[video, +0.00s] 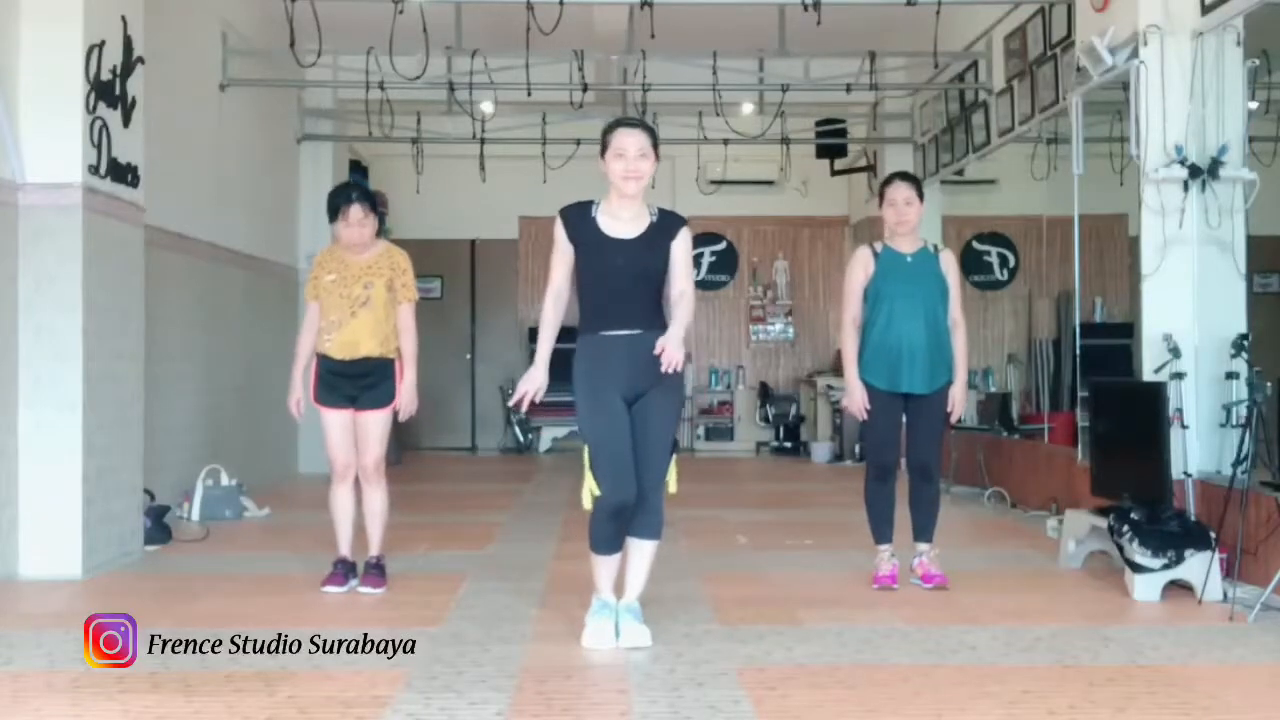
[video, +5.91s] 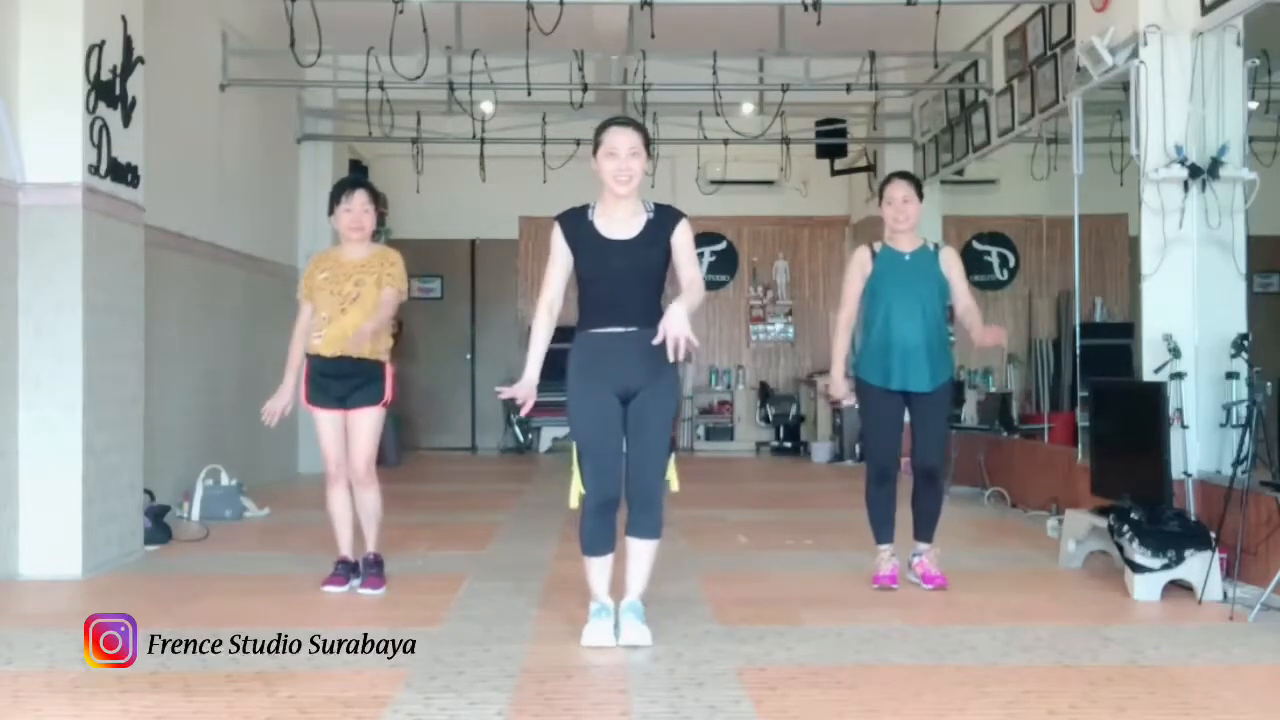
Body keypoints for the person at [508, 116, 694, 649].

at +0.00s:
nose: (631, 164)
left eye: (641, 154)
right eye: (620, 154)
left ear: (655, 163)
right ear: (603, 162)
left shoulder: (672, 227)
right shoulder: (573, 222)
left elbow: (682, 294)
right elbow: (556, 295)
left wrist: (678, 331)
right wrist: (540, 364)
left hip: (658, 365)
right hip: (597, 366)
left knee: (650, 490)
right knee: (617, 491)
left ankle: (630, 606)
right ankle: (603, 603)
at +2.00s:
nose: (636, 154)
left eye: (642, 144)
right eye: (623, 148)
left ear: (657, 154)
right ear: (605, 163)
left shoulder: (679, 226)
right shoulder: (581, 219)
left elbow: (694, 293)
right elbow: (550, 293)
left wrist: (703, 332)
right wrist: (533, 366)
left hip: (657, 364)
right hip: (597, 364)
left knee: (649, 488)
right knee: (606, 489)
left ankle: (633, 605)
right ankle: (601, 606)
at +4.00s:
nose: (631, 161)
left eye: (641, 152)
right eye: (620, 152)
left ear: (656, 162)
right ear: (603, 160)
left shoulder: (671, 227)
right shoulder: (575, 218)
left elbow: (686, 287)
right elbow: (543, 294)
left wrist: (687, 303)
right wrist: (521, 364)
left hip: (654, 363)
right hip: (593, 363)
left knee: (646, 487)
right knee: (603, 489)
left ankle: (632, 605)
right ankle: (600, 605)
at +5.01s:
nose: (607, 166)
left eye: (618, 156)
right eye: (597, 155)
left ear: (635, 165)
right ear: (582, 163)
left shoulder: (664, 220)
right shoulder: (562, 231)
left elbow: (685, 291)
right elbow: (544, 292)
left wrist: (692, 361)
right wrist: (567, 299)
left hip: (641, 368)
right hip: (576, 368)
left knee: (635, 490)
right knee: (585, 488)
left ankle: (629, 605)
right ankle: (597, 605)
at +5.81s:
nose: (622, 161)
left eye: (632, 151)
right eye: (611, 151)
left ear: (647, 159)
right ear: (593, 160)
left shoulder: (669, 220)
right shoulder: (569, 224)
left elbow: (692, 286)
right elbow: (548, 301)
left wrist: (684, 319)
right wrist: (534, 373)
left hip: (653, 364)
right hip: (590, 366)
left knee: (645, 487)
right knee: (598, 487)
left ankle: (632, 604)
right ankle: (599, 605)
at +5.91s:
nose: (623, 164)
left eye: (633, 154)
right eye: (612, 154)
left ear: (648, 162)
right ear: (594, 162)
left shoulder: (671, 223)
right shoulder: (570, 227)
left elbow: (695, 287)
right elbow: (548, 306)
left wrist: (679, 308)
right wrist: (530, 376)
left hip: (654, 365)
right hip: (591, 367)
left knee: (647, 486)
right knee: (600, 489)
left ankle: (633, 605)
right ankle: (600, 605)